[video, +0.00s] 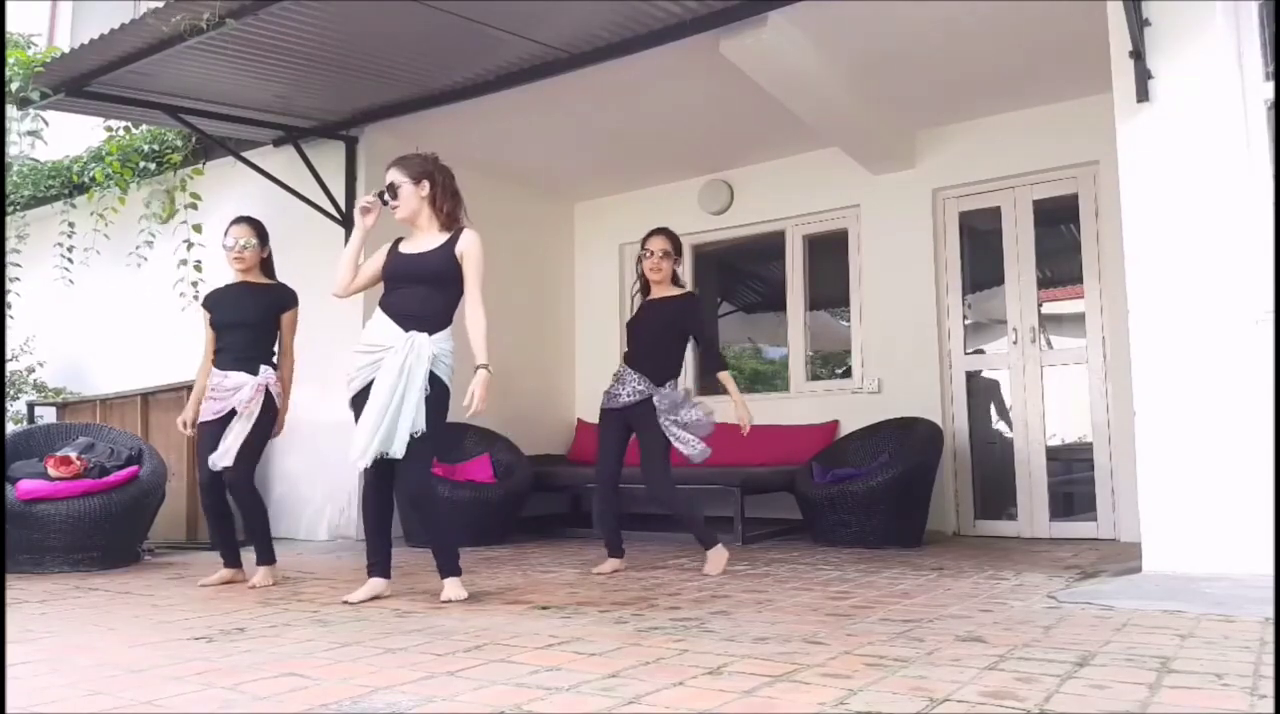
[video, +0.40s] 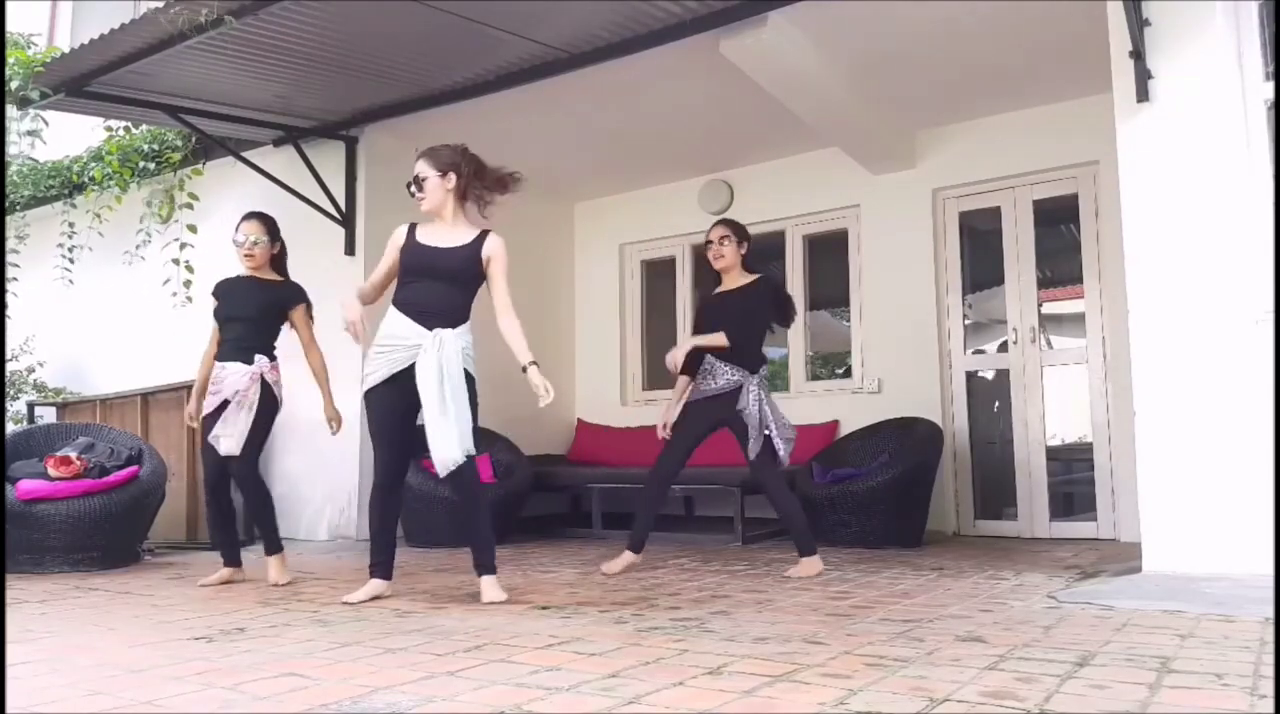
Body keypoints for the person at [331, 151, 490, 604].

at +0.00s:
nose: (387, 199)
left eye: (394, 190)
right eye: (387, 191)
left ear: (424, 187)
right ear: (412, 192)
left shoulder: (462, 240)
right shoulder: (393, 249)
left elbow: (473, 305)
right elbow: (343, 286)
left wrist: (482, 367)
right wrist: (361, 229)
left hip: (427, 365)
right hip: (375, 362)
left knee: (418, 474)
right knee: (377, 469)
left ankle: (450, 576)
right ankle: (378, 576)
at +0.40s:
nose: (415, 190)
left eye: (422, 181)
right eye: (413, 183)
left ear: (452, 180)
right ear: (442, 183)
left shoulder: (487, 243)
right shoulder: (405, 236)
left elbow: (506, 315)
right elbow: (372, 289)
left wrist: (530, 367)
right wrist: (352, 300)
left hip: (449, 362)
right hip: (393, 358)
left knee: (465, 468)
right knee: (389, 469)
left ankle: (487, 576)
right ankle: (379, 577)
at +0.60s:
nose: (451, 185)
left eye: (457, 176)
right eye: (449, 178)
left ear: (488, 174)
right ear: (472, 178)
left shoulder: (523, 230)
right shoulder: (448, 237)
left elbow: (540, 299)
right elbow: (444, 303)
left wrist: (557, 362)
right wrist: (412, 334)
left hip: (492, 356)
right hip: (441, 354)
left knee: (512, 467)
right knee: (396, 457)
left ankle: (560, 575)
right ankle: (379, 565)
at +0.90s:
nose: (492, 183)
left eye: (501, 173)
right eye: (487, 177)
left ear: (530, 175)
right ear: (486, 184)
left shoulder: (554, 232)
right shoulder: (483, 243)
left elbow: (572, 303)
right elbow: (462, 311)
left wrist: (578, 303)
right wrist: (431, 355)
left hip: (541, 360)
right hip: (494, 359)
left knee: (530, 471)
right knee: (434, 449)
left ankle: (568, 580)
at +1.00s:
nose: (504, 172)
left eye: (514, 163)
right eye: (496, 166)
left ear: (538, 167)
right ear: (490, 174)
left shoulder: (559, 223)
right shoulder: (478, 232)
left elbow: (579, 277)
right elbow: (453, 303)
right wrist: (394, 336)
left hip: (539, 351)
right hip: (485, 350)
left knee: (541, 464)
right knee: (469, 464)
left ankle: (567, 577)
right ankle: (471, 568)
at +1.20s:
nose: (520, 167)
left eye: (529, 159)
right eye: (510, 161)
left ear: (547, 167)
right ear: (502, 171)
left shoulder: (565, 220)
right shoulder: (485, 229)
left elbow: (589, 212)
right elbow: (450, 296)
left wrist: (580, 167)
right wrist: (391, 328)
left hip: (545, 351)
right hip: (490, 350)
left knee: (571, 455)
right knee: (482, 463)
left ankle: (588, 576)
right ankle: (469, 571)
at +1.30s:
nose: (531, 167)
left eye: (540, 159)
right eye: (521, 161)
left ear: (556, 166)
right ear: (512, 170)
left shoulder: (572, 221)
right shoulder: (495, 226)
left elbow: (582, 201)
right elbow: (459, 287)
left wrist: (571, 156)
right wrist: (449, 331)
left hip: (559, 347)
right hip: (503, 347)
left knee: (574, 463)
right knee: (476, 459)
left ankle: (605, 574)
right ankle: (478, 567)